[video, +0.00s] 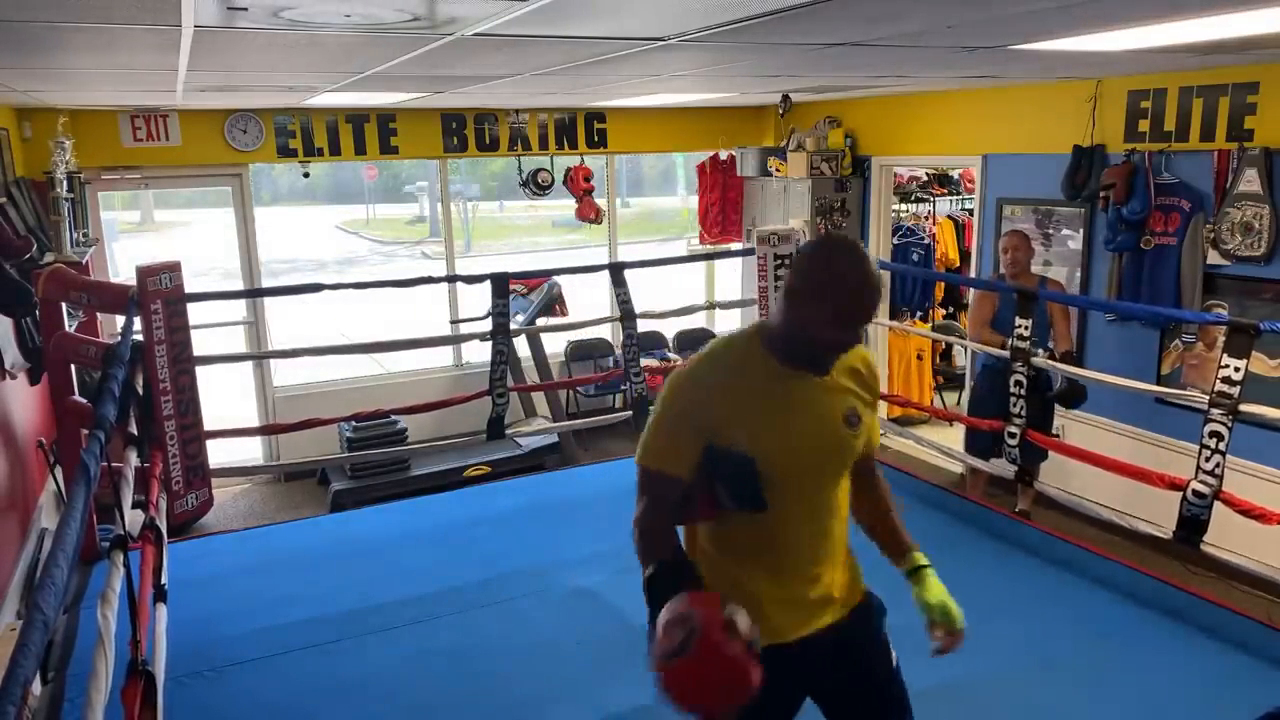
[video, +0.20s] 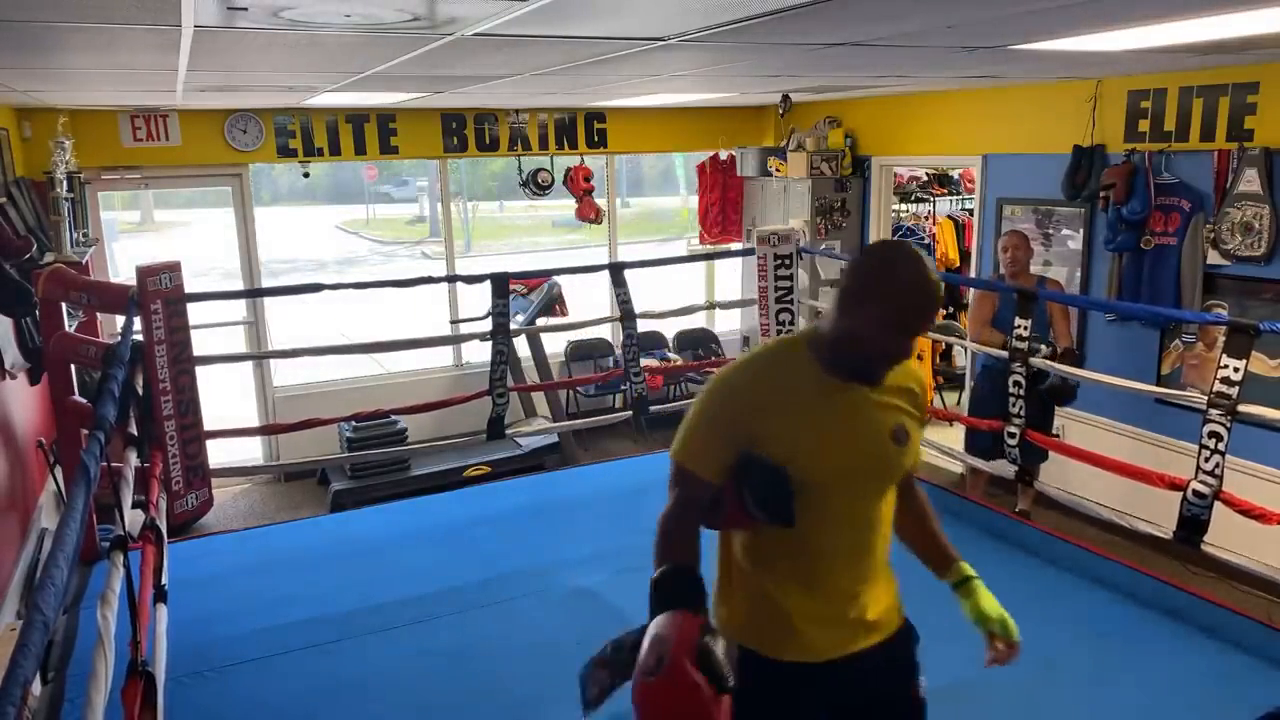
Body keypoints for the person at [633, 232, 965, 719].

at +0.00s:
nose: (851, 343)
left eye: (860, 328)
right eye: (842, 325)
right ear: (797, 300)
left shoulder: (856, 372)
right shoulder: (699, 387)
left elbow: (864, 480)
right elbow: (652, 519)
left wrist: (919, 573)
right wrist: (684, 621)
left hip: (843, 624)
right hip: (743, 647)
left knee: (889, 711)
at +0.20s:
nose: (908, 351)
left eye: (916, 335)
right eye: (901, 332)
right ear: (858, 311)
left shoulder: (906, 386)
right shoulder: (742, 389)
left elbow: (901, 489)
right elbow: (684, 506)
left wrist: (967, 586)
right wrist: (675, 613)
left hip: (878, 651)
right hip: (774, 663)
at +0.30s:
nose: (940, 351)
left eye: (951, 337)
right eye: (931, 332)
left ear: (959, 326)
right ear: (886, 305)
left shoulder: (947, 390)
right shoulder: (773, 384)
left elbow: (943, 502)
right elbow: (710, 505)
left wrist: (1002, 606)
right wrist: (692, 598)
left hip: (902, 656)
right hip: (794, 664)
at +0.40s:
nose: (974, 354)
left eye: (986, 339)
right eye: (965, 334)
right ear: (915, 302)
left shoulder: (983, 402)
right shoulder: (796, 383)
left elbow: (993, 525)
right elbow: (725, 505)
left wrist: (1040, 629)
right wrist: (716, 579)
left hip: (927, 669)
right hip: (819, 671)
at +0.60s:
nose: (990, 355)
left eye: (1008, 340)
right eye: (980, 331)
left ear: (1019, 336)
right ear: (931, 296)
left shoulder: (1024, 413)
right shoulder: (818, 391)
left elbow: (1044, 554)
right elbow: (752, 500)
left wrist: (1111, 669)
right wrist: (737, 552)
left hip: (961, 681)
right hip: (845, 684)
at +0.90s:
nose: (911, 363)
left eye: (936, 343)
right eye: (892, 339)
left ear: (961, 329)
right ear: (859, 319)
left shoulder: (1015, 412)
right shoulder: (794, 427)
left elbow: (1047, 546)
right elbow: (759, 552)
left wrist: (1105, 673)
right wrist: (731, 596)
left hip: (1007, 698)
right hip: (870, 703)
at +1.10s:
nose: (892, 358)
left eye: (916, 337)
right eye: (871, 335)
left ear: (954, 321)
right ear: (844, 316)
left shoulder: (1019, 420)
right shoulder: (786, 432)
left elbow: (1064, 563)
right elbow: (752, 561)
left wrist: (1054, 682)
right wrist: (715, 590)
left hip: (994, 693)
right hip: (859, 699)